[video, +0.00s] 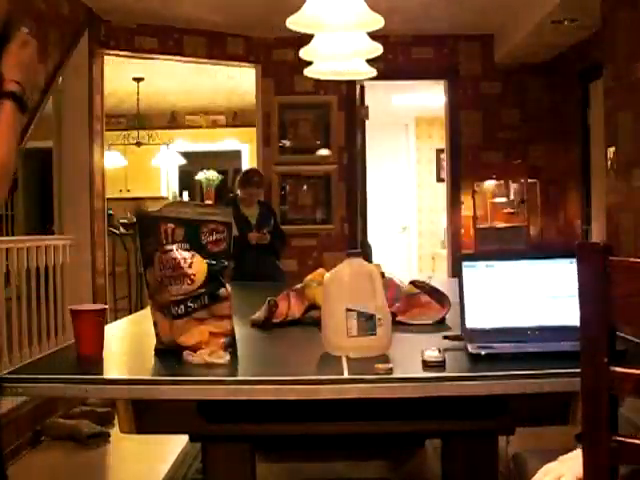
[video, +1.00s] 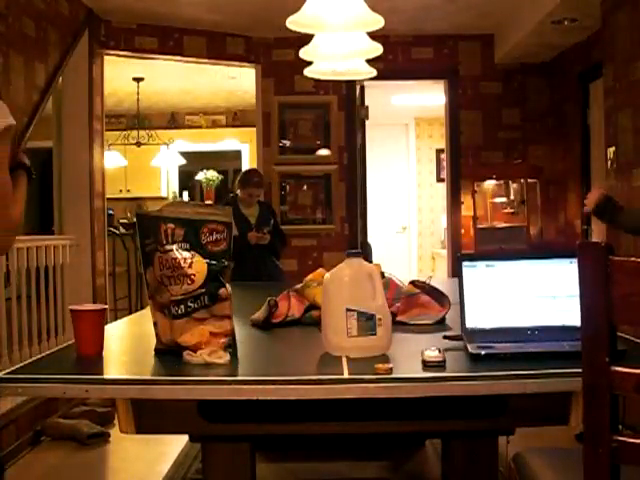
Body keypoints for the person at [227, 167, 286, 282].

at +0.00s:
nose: (253, 199)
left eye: (256, 195)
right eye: (249, 195)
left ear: (261, 192)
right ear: (240, 191)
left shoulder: (266, 208)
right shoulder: (230, 207)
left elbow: (281, 239)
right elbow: (224, 242)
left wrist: (269, 239)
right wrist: (246, 238)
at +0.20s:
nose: (253, 200)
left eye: (257, 195)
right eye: (249, 195)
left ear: (262, 192)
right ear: (240, 190)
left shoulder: (266, 209)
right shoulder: (229, 207)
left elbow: (282, 239)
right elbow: (224, 243)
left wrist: (269, 239)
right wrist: (246, 239)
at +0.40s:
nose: (253, 200)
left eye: (257, 196)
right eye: (249, 195)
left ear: (262, 192)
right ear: (240, 190)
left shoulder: (266, 209)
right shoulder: (229, 207)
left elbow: (282, 239)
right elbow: (224, 243)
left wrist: (269, 239)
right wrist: (246, 240)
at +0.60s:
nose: (253, 200)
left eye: (257, 196)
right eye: (249, 195)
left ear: (262, 192)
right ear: (240, 190)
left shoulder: (266, 209)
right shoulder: (229, 208)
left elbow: (282, 239)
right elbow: (225, 244)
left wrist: (269, 239)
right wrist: (247, 239)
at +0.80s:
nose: (253, 200)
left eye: (257, 196)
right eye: (249, 195)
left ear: (262, 192)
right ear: (240, 190)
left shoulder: (266, 208)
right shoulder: (229, 208)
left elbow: (282, 240)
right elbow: (224, 244)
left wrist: (269, 240)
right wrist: (247, 239)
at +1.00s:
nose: (253, 200)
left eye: (257, 196)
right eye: (249, 195)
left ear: (262, 192)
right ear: (240, 190)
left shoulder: (266, 208)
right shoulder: (229, 208)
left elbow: (282, 240)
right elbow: (224, 244)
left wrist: (269, 239)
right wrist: (246, 239)